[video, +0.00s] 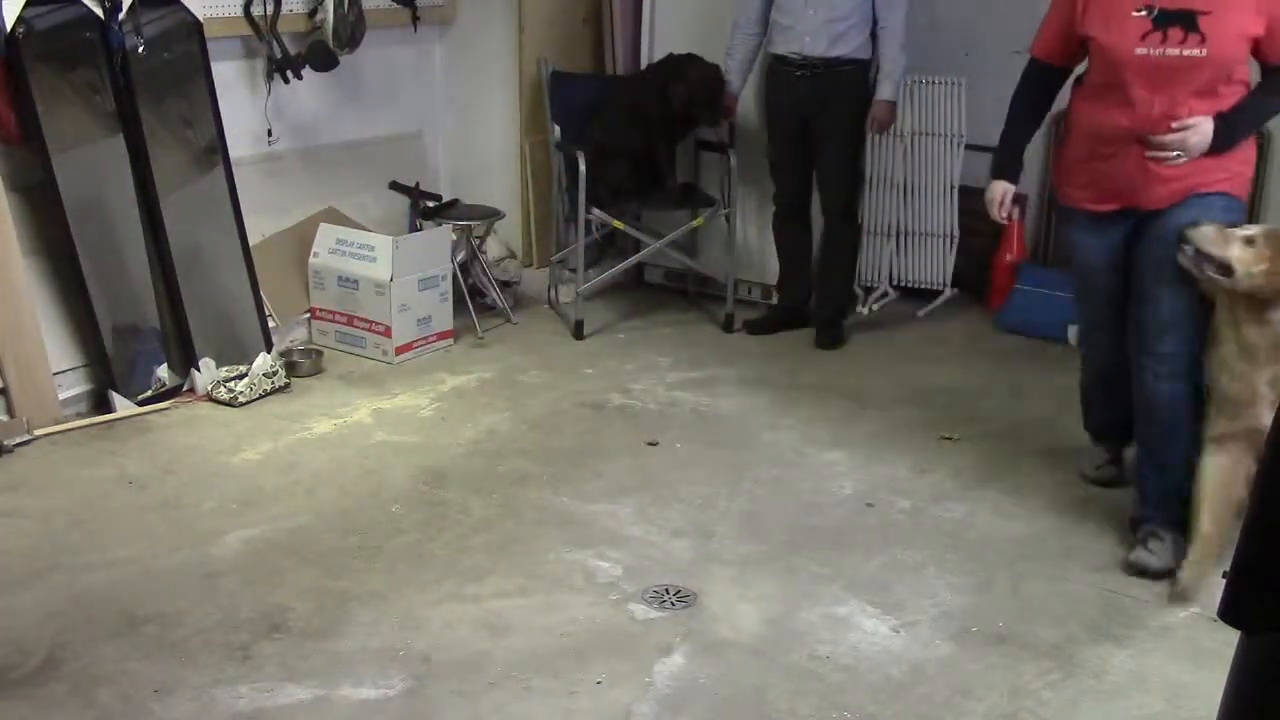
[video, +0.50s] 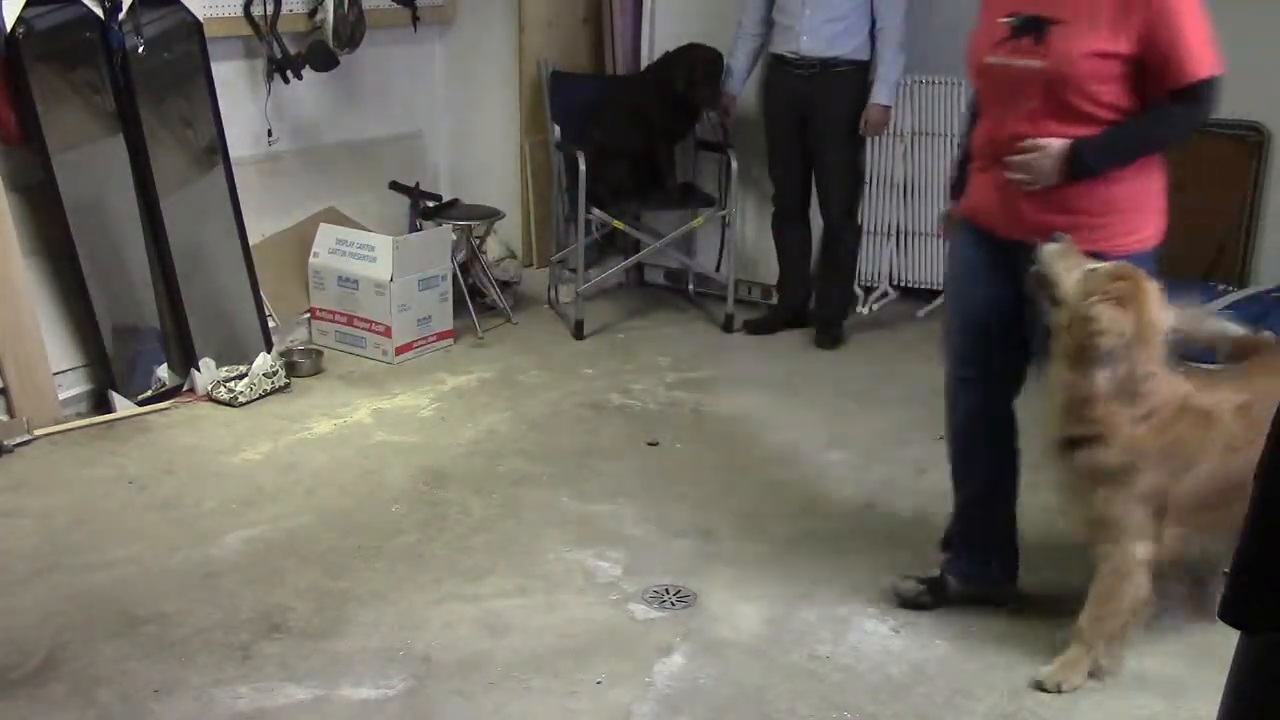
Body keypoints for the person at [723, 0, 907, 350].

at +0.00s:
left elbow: (892, 21)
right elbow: (751, 18)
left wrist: (886, 95)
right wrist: (732, 85)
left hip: (845, 80)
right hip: (784, 77)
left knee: (839, 205)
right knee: (789, 201)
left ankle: (831, 314)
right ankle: (792, 306)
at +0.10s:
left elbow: (892, 21)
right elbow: (751, 20)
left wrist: (886, 95)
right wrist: (732, 86)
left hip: (844, 80)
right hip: (783, 77)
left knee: (839, 207)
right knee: (788, 202)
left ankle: (831, 314)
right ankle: (791, 305)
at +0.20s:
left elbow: (892, 22)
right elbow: (752, 20)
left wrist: (886, 95)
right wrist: (734, 86)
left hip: (844, 79)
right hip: (784, 77)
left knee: (839, 207)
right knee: (787, 202)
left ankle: (831, 315)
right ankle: (791, 305)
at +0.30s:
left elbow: (891, 21)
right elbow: (754, 19)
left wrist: (885, 97)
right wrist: (734, 84)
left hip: (844, 78)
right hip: (784, 76)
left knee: (839, 207)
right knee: (787, 202)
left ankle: (831, 315)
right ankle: (791, 305)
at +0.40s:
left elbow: (891, 23)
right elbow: (754, 20)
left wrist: (883, 98)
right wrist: (733, 84)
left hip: (843, 79)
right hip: (783, 76)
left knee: (839, 209)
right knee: (788, 203)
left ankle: (831, 315)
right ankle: (791, 306)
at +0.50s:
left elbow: (891, 23)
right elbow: (754, 19)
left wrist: (882, 97)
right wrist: (732, 85)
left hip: (843, 78)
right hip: (782, 76)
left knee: (839, 210)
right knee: (788, 204)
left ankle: (831, 316)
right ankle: (791, 306)